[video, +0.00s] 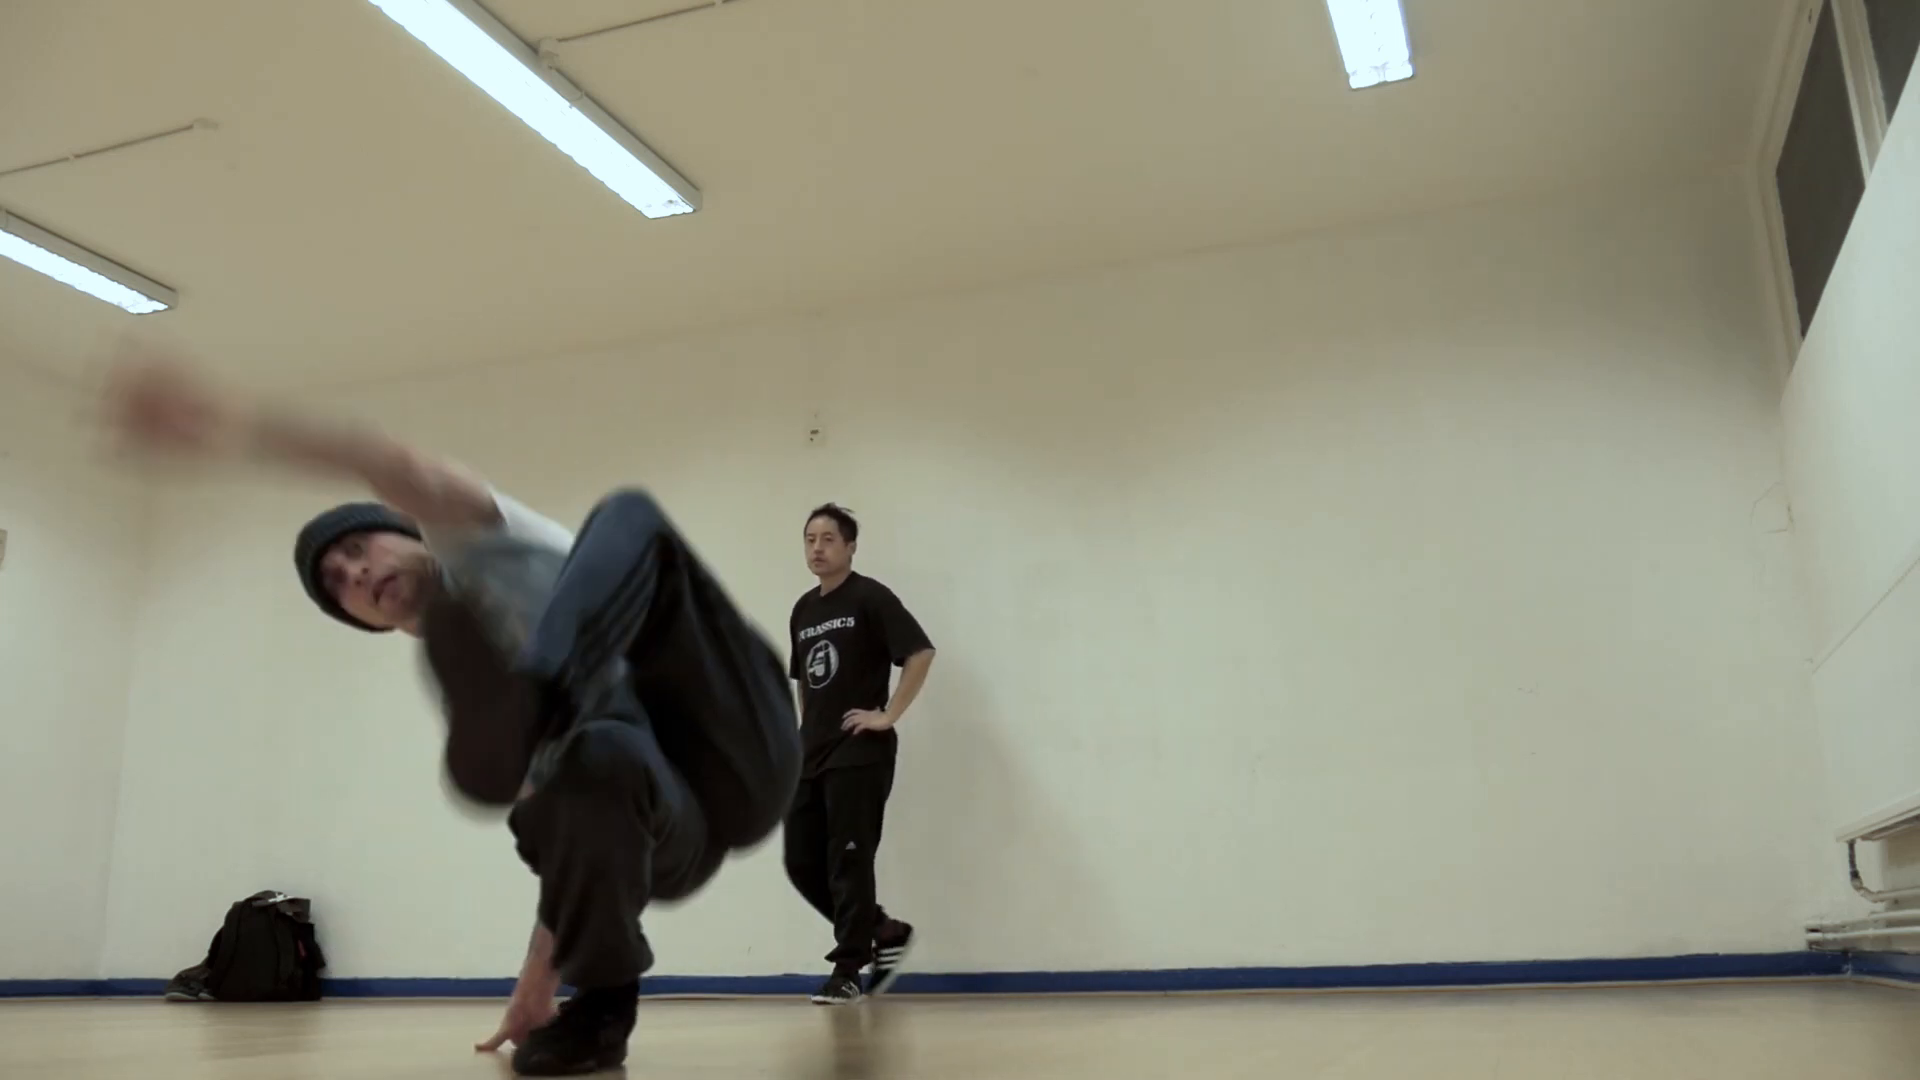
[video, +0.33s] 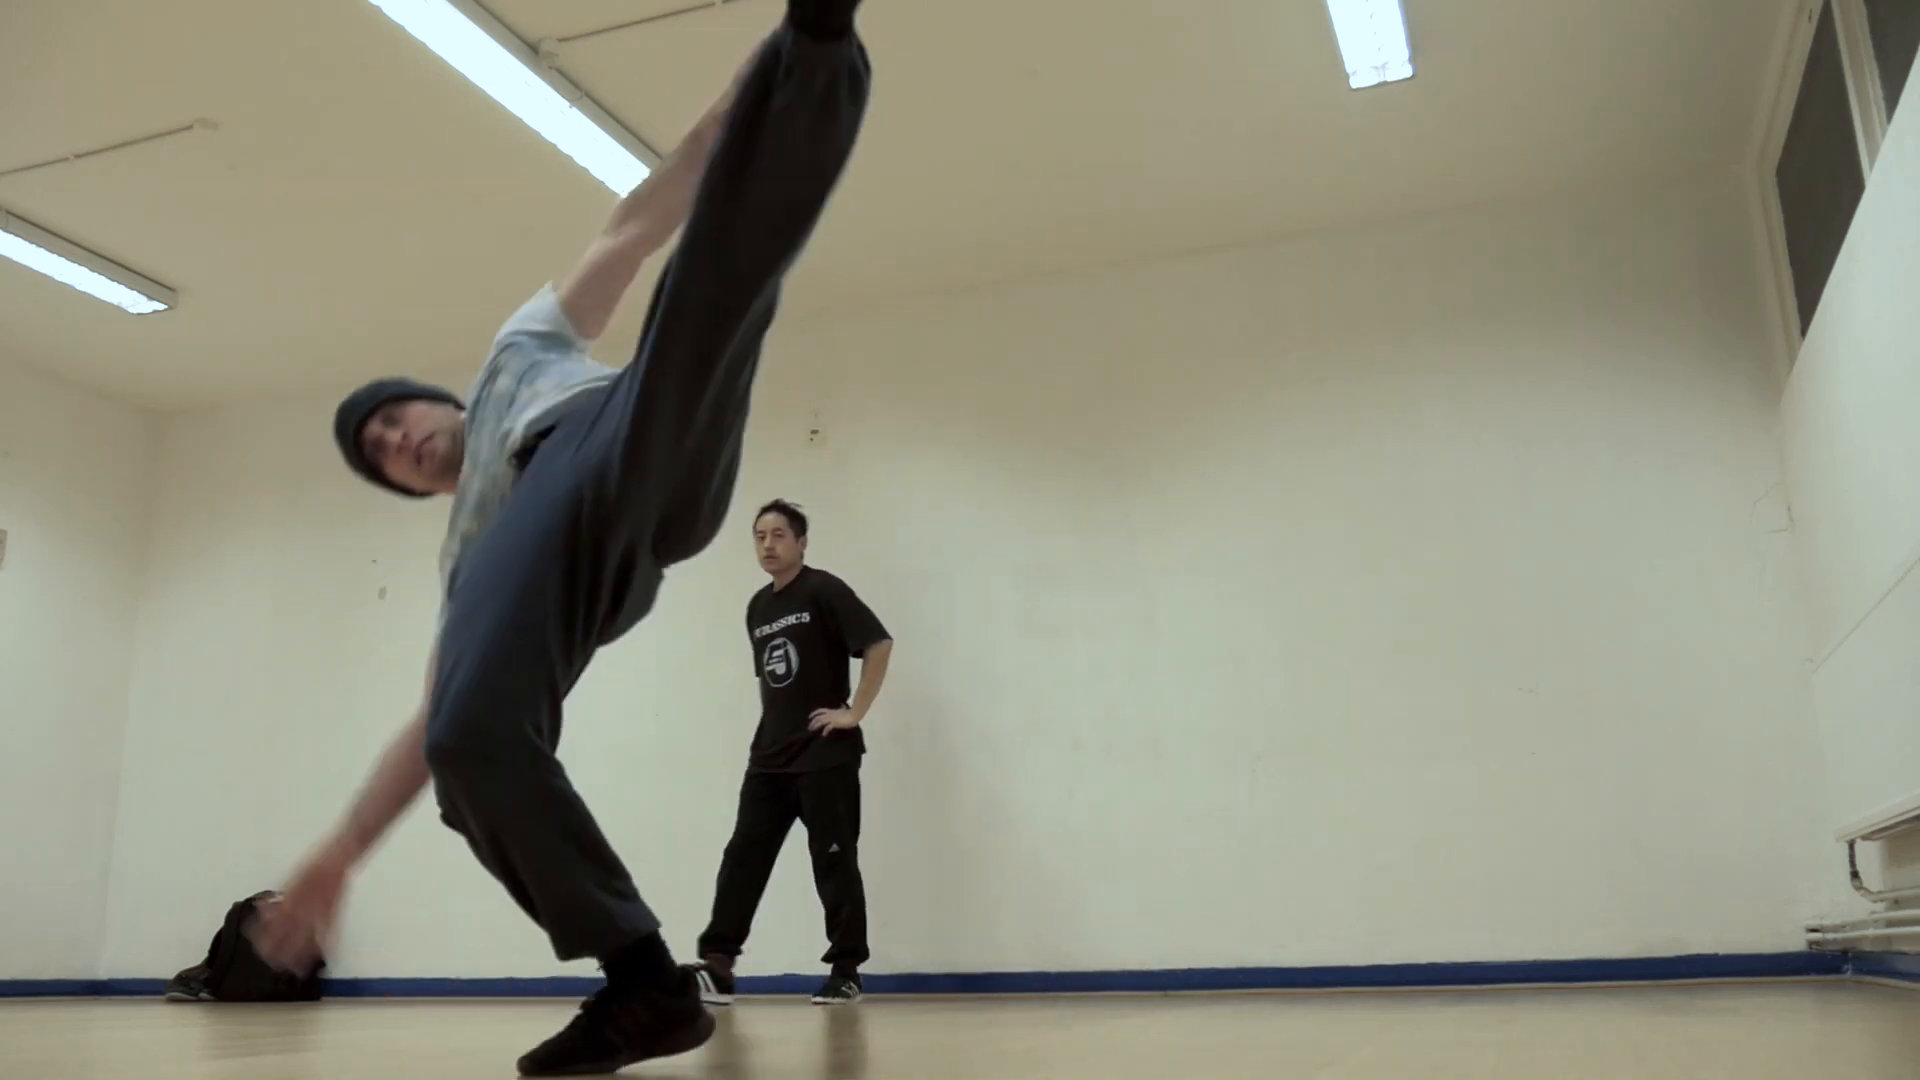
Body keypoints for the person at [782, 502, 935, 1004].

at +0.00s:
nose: (817, 547)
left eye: (828, 539)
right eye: (810, 539)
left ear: (850, 546)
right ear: (804, 547)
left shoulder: (871, 598)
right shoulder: (803, 610)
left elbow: (921, 653)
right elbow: (803, 682)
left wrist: (890, 715)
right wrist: (807, 731)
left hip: (860, 746)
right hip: (814, 750)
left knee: (849, 856)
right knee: (802, 863)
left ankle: (849, 970)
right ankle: (887, 934)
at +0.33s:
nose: (768, 544)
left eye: (779, 535)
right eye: (761, 536)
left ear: (801, 542)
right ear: (754, 546)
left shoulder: (824, 589)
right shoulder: (758, 607)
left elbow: (879, 644)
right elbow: (774, 673)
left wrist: (855, 711)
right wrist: (774, 723)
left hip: (825, 748)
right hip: (772, 751)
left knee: (834, 857)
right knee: (745, 853)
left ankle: (845, 972)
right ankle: (717, 965)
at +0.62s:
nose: (702, 557)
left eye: (709, 547)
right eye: (697, 551)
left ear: (725, 543)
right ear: (690, 555)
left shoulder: (764, 584)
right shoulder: (687, 599)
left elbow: (827, 636)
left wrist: (808, 707)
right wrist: (676, 718)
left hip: (769, 752)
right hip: (712, 755)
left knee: (792, 857)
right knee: (708, 864)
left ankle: (835, 962)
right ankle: (706, 972)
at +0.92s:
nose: (673, 537)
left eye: (683, 528)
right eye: (664, 530)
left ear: (703, 535)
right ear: (656, 541)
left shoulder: (741, 582)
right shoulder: (655, 607)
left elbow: (802, 632)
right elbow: (653, 679)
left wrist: (789, 702)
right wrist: (655, 734)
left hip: (749, 738)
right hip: (688, 745)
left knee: (745, 847)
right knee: (693, 847)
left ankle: (755, 948)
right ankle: (705, 969)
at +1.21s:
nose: (672, 537)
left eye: (682, 527)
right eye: (663, 530)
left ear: (702, 535)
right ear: (654, 541)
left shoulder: (742, 585)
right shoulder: (650, 609)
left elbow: (801, 634)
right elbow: (647, 671)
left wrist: (789, 704)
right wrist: (662, 716)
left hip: (747, 744)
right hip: (688, 750)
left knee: (752, 853)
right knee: (691, 855)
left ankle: (756, 949)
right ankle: (700, 957)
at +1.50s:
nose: (703, 539)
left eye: (712, 528)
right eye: (694, 530)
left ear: (731, 536)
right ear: (683, 540)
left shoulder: (770, 588)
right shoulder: (678, 604)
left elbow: (826, 640)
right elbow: (657, 666)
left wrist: (813, 708)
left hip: (770, 735)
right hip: (704, 742)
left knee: (783, 843)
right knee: (703, 847)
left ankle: (800, 942)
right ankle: (701, 944)